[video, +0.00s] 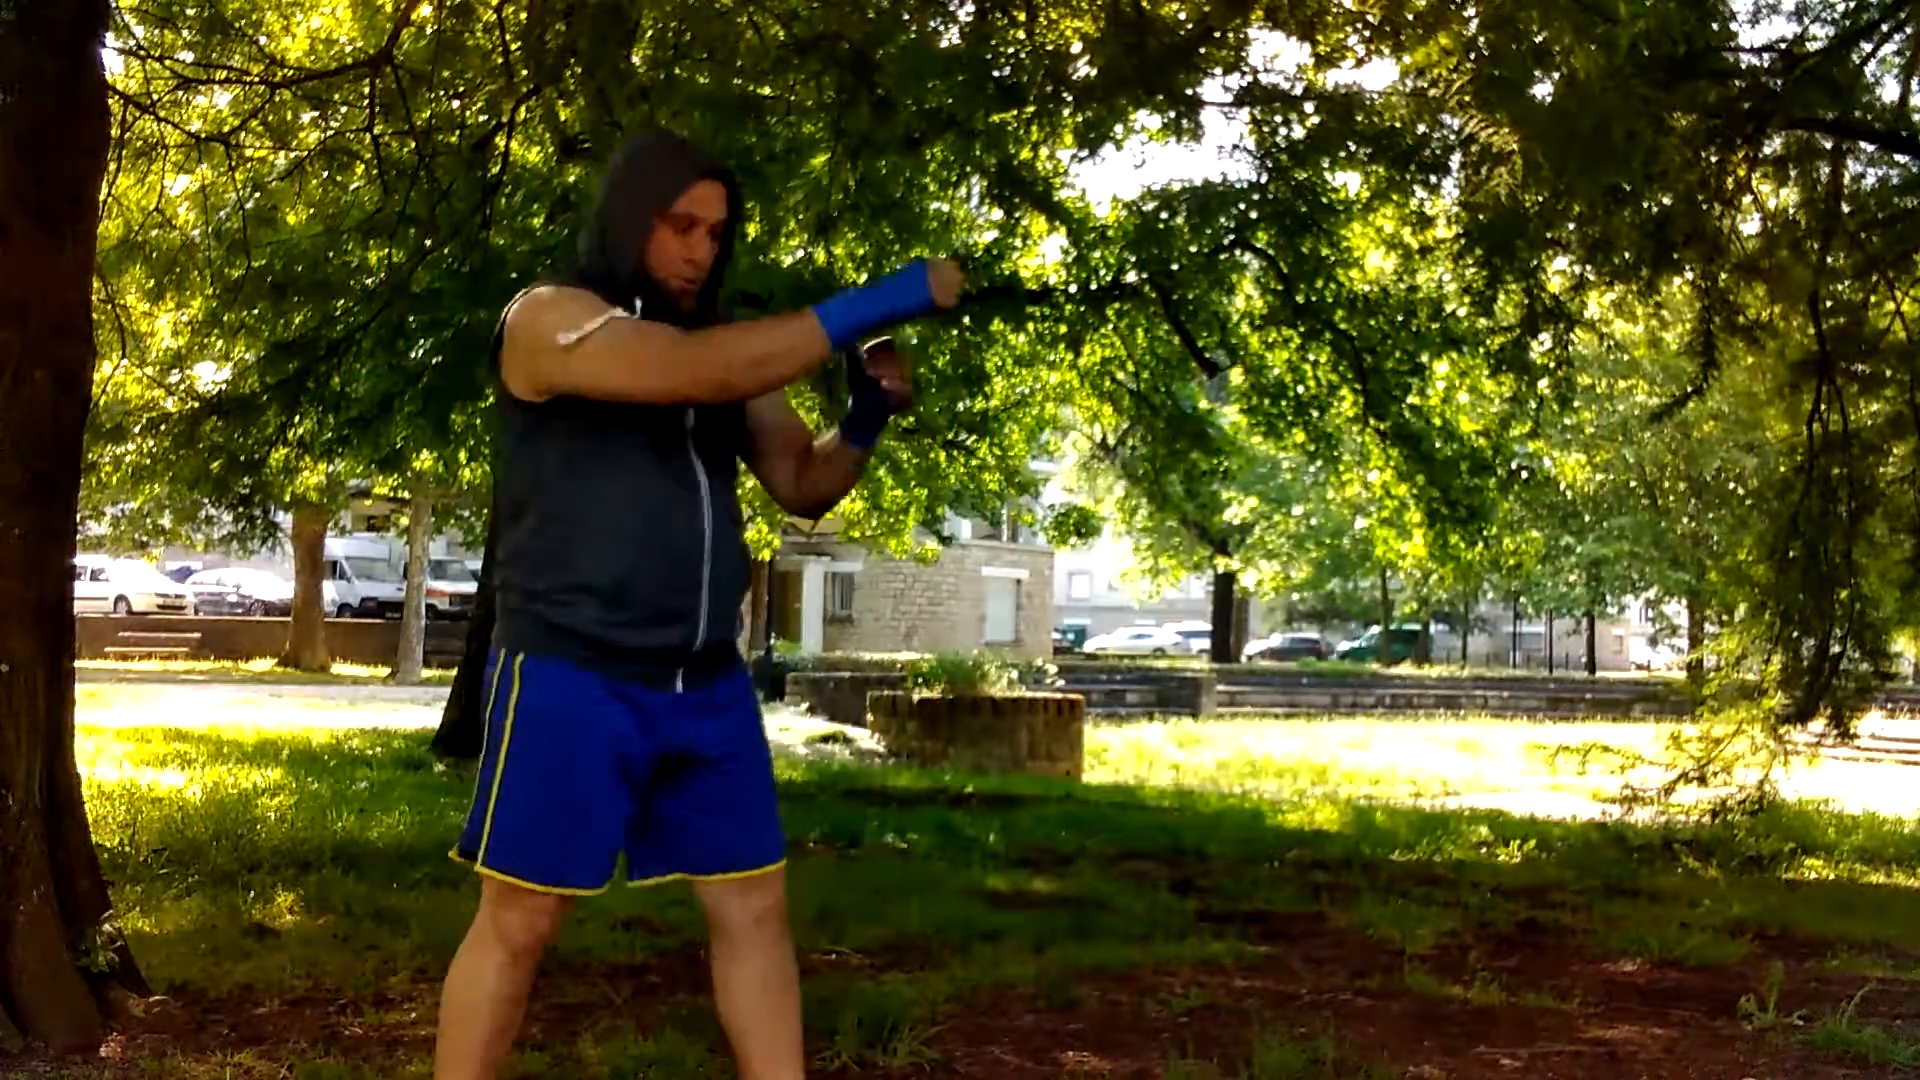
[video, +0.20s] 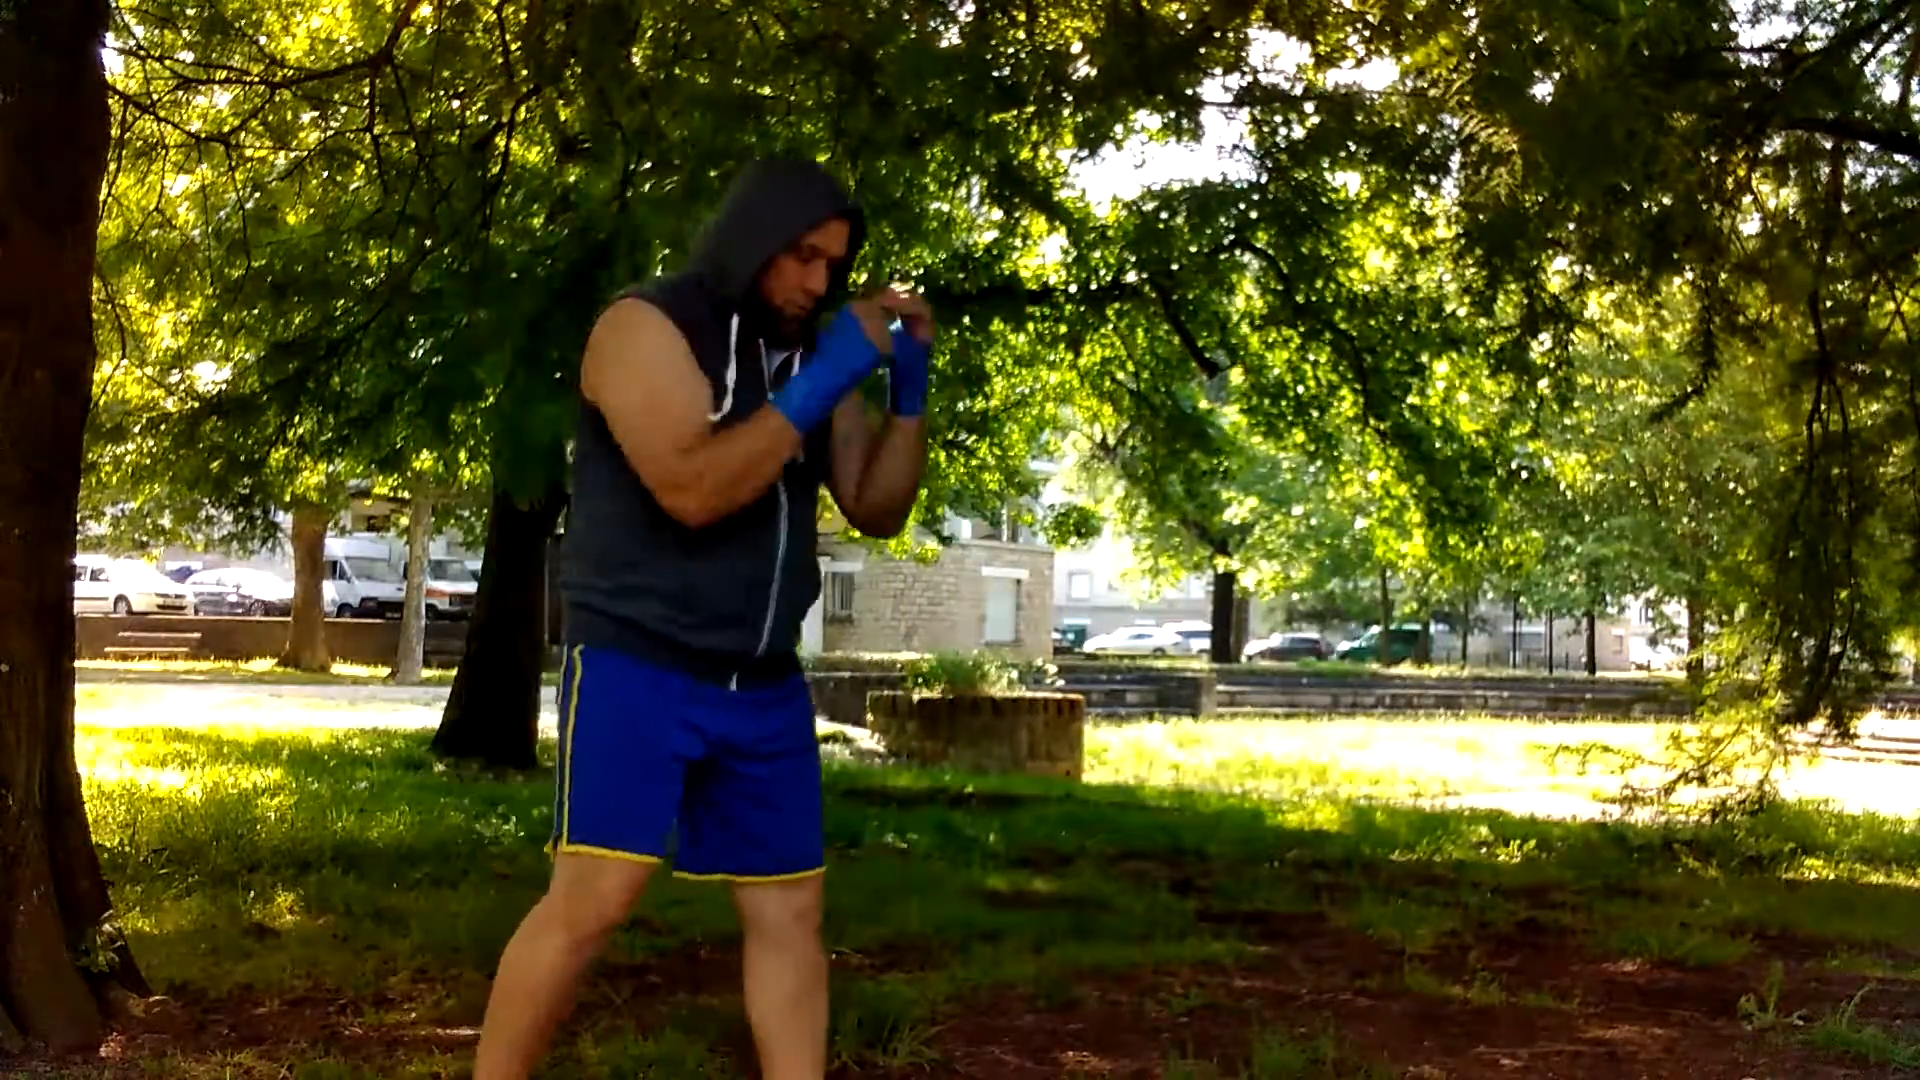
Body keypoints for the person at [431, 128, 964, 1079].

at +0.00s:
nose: (701, 249)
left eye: (715, 232)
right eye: (682, 225)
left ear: (724, 240)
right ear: (626, 218)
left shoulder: (720, 353)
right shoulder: (544, 320)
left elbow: (803, 484)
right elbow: (700, 365)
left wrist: (869, 409)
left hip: (707, 679)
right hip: (566, 671)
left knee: (752, 907)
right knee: (519, 921)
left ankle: (779, 1078)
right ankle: (460, 1075)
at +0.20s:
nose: (821, 284)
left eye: (832, 265)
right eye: (807, 258)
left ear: (833, 264)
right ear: (750, 241)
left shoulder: (805, 359)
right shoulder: (638, 329)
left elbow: (877, 510)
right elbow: (692, 487)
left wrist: (909, 382)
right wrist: (827, 374)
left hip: (763, 679)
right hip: (638, 670)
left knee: (789, 909)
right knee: (592, 899)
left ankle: (797, 1077)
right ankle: (496, 1070)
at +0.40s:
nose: (864, 297)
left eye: (877, 282)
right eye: (850, 271)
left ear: (877, 286)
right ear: (794, 252)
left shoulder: (840, 372)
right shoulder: (679, 329)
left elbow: (880, 536)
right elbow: (694, 503)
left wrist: (933, 434)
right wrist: (829, 423)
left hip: (779, 679)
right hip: (651, 668)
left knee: (817, 907)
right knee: (597, 914)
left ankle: (808, 1078)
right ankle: (514, 1073)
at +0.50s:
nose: (864, 302)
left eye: (878, 290)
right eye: (855, 276)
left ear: (880, 293)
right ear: (804, 250)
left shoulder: (833, 378)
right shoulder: (703, 312)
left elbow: (894, 519)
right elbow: (856, 381)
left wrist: (943, 391)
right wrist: (995, 290)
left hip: (781, 685)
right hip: (646, 671)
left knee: (828, 905)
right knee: (582, 917)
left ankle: (810, 1078)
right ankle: (501, 1073)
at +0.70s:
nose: (859, 298)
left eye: (875, 282)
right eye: (843, 271)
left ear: (882, 284)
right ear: (787, 250)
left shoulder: (850, 375)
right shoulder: (666, 321)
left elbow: (905, 532)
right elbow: (726, 464)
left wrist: (942, 393)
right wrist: (861, 343)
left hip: (779, 684)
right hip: (644, 673)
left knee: (824, 909)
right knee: (584, 922)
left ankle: (810, 1077)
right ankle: (503, 1074)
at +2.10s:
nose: (826, 237)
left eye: (844, 219)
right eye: (804, 209)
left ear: (857, 233)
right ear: (739, 204)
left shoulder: (842, 338)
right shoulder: (621, 305)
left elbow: (957, 474)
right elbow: (686, 451)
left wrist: (944, 315)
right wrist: (794, 309)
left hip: (815, 705)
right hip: (647, 707)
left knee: (932, 926)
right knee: (569, 987)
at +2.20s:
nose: (874, 232)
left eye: (878, 210)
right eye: (855, 208)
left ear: (870, 217)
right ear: (795, 215)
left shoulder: (867, 325)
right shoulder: (659, 280)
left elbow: (1017, 371)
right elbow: (837, 273)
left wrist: (978, 205)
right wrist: (967, 154)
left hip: (826, 708)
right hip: (657, 710)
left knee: (934, 948)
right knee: (578, 992)